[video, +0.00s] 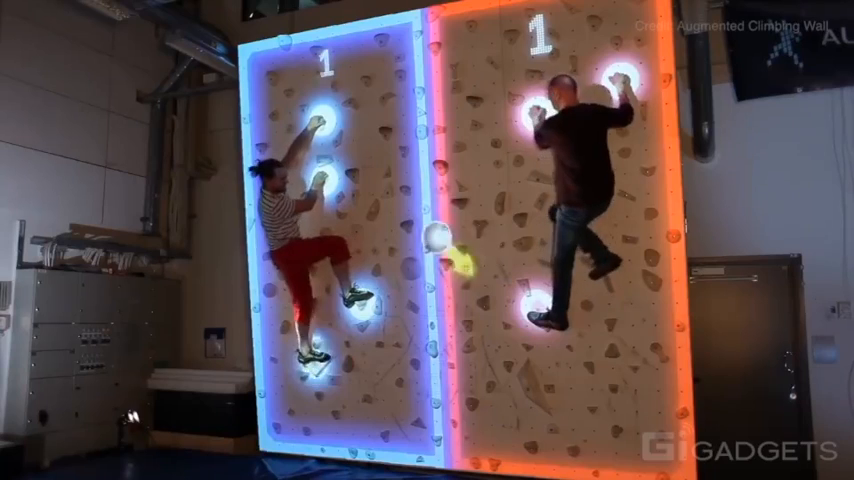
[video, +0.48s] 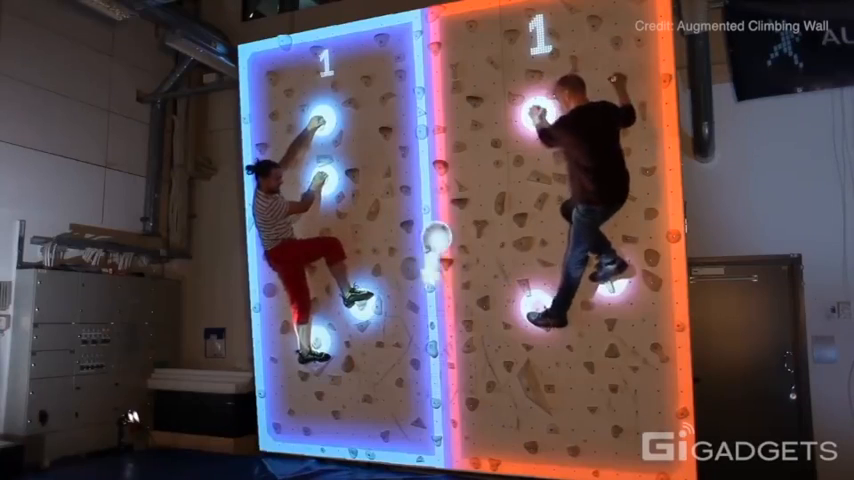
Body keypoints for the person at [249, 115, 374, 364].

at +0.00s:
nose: (285, 181)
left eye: (285, 177)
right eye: (281, 179)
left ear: (273, 179)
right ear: (269, 181)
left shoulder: (269, 191)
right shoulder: (277, 203)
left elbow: (291, 156)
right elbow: (308, 205)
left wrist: (309, 130)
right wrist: (318, 187)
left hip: (283, 254)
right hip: (292, 250)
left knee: (304, 301)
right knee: (336, 245)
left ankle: (305, 351)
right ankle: (349, 293)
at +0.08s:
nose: (285, 181)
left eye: (284, 177)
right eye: (281, 179)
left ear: (272, 179)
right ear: (269, 182)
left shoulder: (268, 191)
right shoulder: (275, 203)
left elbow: (291, 157)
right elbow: (307, 205)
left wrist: (309, 130)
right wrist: (317, 186)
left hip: (281, 253)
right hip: (289, 250)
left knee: (302, 301)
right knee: (333, 245)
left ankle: (305, 353)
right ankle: (348, 293)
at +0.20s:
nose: (284, 181)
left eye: (283, 177)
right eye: (279, 179)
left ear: (270, 180)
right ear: (267, 182)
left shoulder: (266, 191)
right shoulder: (273, 204)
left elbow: (290, 156)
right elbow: (305, 204)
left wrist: (309, 130)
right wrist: (317, 186)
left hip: (279, 253)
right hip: (287, 250)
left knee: (300, 300)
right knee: (331, 245)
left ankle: (305, 351)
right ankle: (348, 293)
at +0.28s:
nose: (283, 182)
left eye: (282, 178)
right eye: (278, 179)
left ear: (269, 181)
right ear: (266, 182)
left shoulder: (264, 192)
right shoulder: (272, 204)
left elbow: (289, 157)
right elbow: (305, 205)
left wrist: (309, 130)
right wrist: (317, 186)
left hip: (277, 253)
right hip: (286, 250)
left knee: (299, 300)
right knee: (330, 245)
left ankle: (305, 352)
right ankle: (348, 293)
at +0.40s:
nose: (281, 181)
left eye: (280, 177)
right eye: (277, 179)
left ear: (269, 180)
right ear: (264, 181)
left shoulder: (264, 192)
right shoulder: (270, 203)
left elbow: (289, 157)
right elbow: (304, 206)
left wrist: (309, 130)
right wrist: (316, 186)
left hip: (278, 252)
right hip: (285, 250)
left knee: (300, 300)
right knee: (330, 245)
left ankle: (305, 352)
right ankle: (348, 293)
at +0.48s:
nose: (281, 181)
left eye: (280, 177)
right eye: (276, 179)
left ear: (268, 180)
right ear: (264, 181)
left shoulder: (263, 192)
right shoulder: (269, 203)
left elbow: (289, 157)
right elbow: (303, 206)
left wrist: (309, 130)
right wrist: (316, 186)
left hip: (278, 253)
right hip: (285, 250)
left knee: (301, 300)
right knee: (330, 245)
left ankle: (305, 351)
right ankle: (348, 293)